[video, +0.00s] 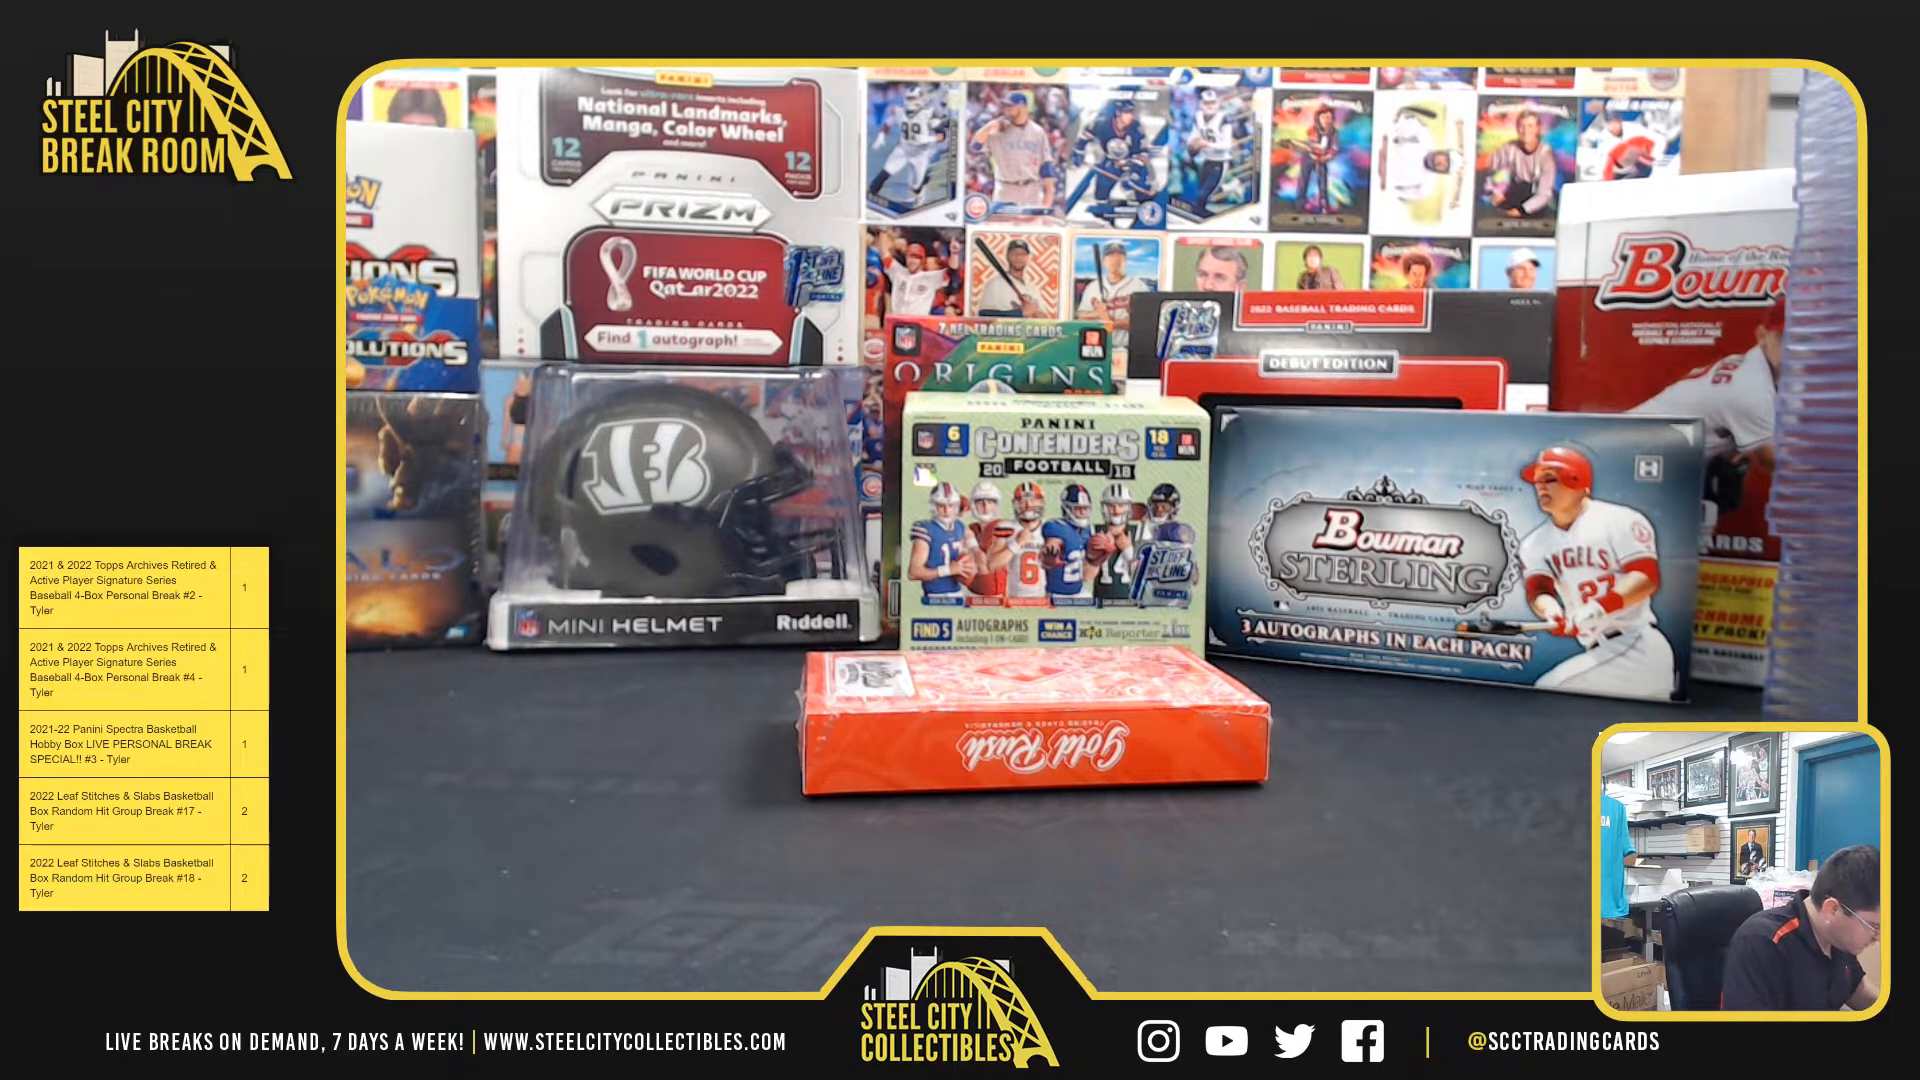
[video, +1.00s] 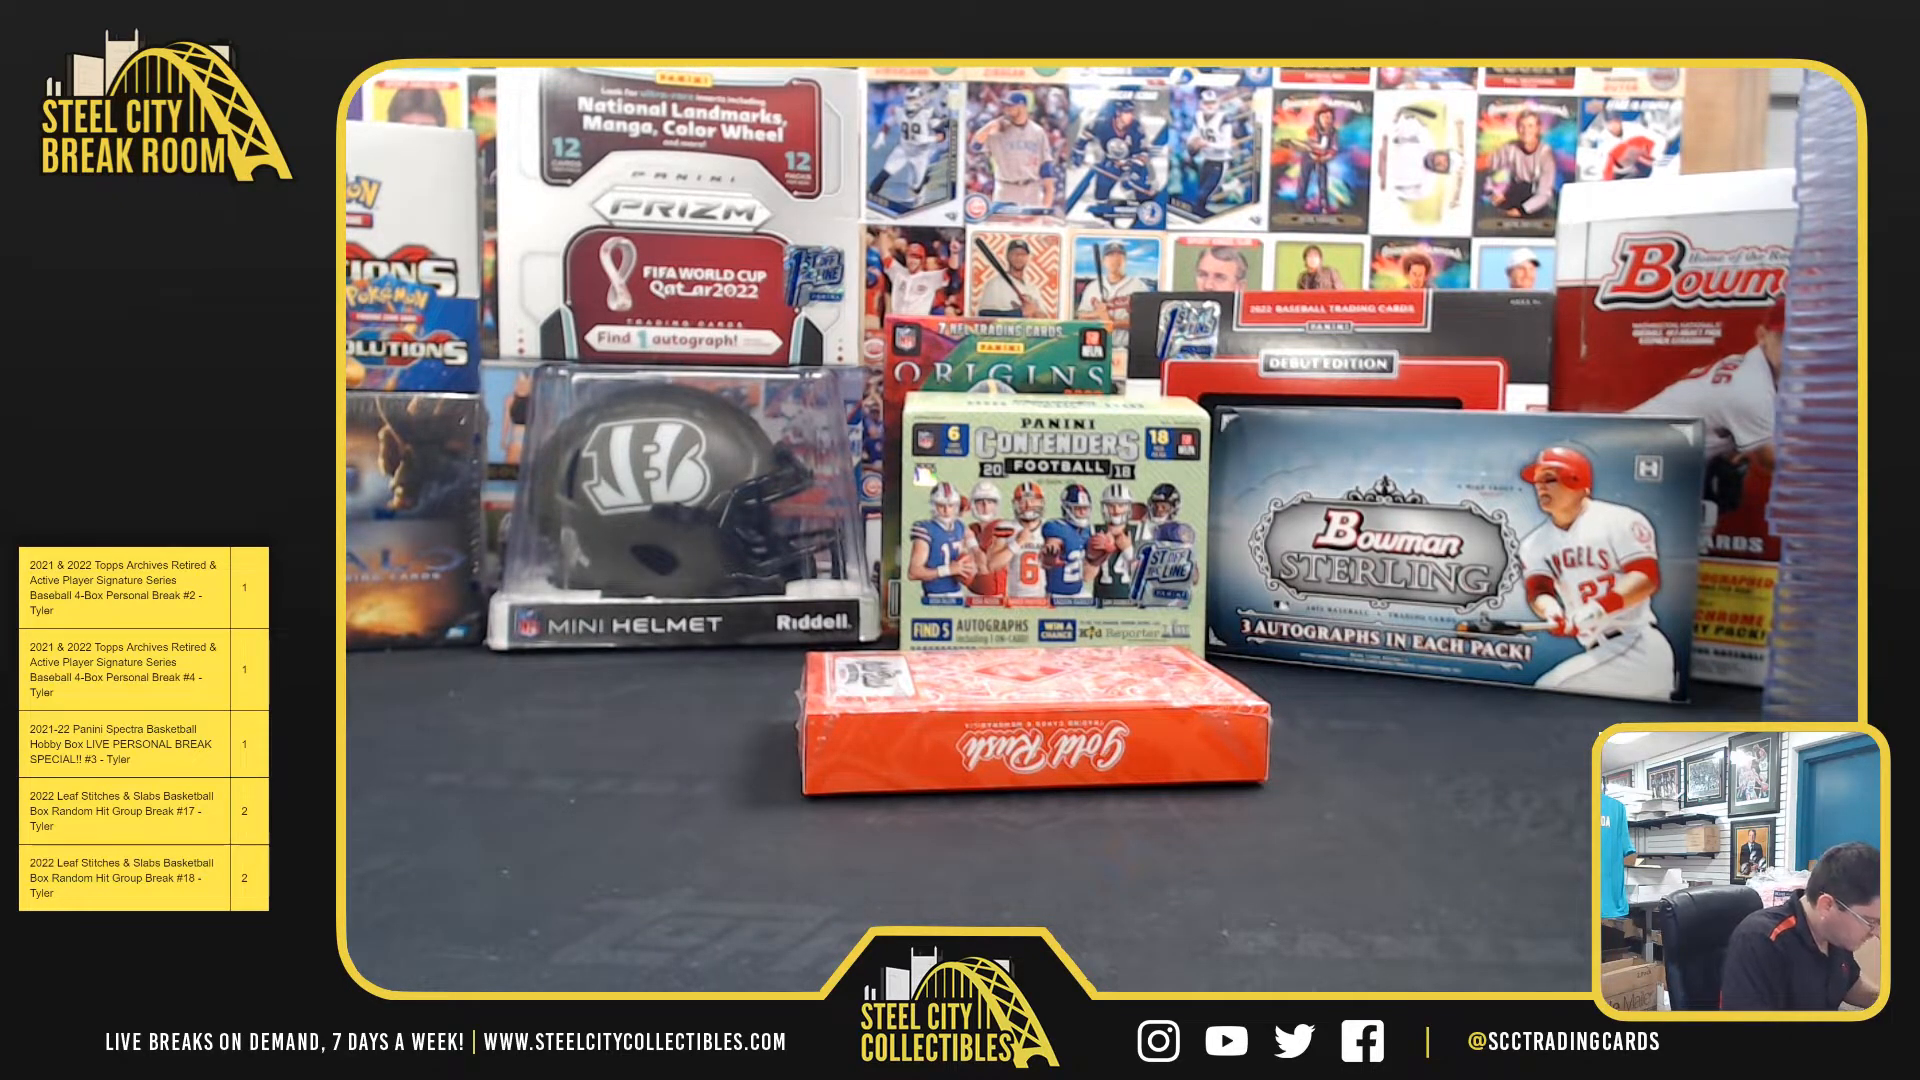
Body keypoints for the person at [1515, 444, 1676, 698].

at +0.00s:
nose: (1540, 489)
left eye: (1549, 480)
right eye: (1537, 483)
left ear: (1578, 484)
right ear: (1533, 487)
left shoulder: (1624, 521)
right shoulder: (1534, 545)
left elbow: (1646, 577)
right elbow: (1538, 591)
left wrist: (1599, 608)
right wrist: (1553, 613)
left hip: (1637, 647)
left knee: (1547, 692)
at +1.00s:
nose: (1540, 489)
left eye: (1549, 480)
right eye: (1537, 483)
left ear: (1578, 484)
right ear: (1533, 487)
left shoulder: (1624, 521)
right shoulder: (1534, 545)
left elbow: (1646, 577)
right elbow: (1538, 591)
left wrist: (1599, 608)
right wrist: (1553, 613)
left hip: (1638, 647)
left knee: (1547, 692)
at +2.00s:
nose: (1540, 490)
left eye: (1550, 481)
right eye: (1537, 484)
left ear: (1578, 484)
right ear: (1533, 488)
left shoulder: (1624, 521)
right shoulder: (1534, 545)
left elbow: (1646, 577)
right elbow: (1538, 592)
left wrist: (1598, 608)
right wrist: (1554, 614)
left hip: (1638, 647)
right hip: (1598, 651)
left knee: (1546, 693)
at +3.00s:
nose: (1540, 490)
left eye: (1550, 481)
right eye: (1537, 484)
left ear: (1578, 484)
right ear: (1533, 488)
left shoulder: (1624, 521)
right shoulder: (1534, 545)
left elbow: (1646, 577)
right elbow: (1539, 591)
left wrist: (1599, 608)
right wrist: (1554, 614)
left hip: (1638, 648)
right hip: (1599, 652)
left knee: (1546, 692)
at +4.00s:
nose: (1540, 489)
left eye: (1550, 480)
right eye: (1537, 482)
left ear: (1578, 485)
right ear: (1533, 487)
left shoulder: (1624, 521)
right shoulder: (1534, 545)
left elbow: (1646, 577)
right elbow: (1538, 591)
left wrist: (1599, 608)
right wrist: (1553, 614)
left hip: (1638, 649)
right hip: (1598, 652)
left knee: (1545, 693)